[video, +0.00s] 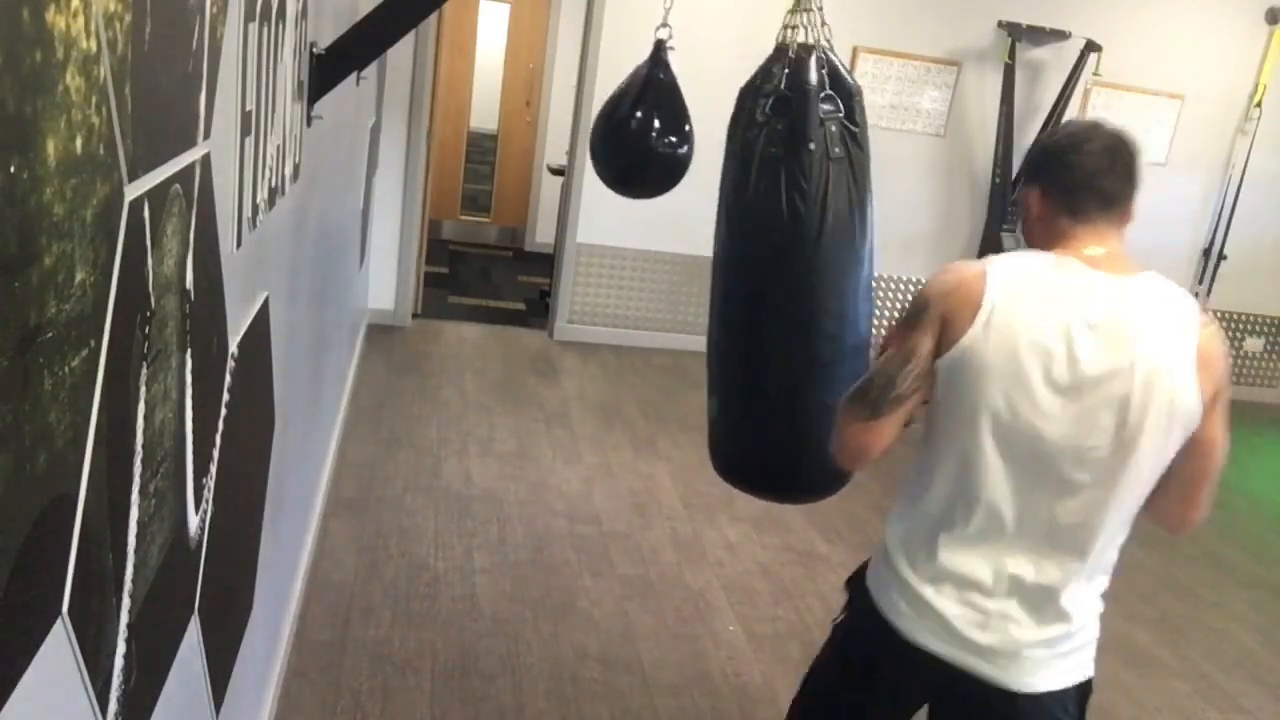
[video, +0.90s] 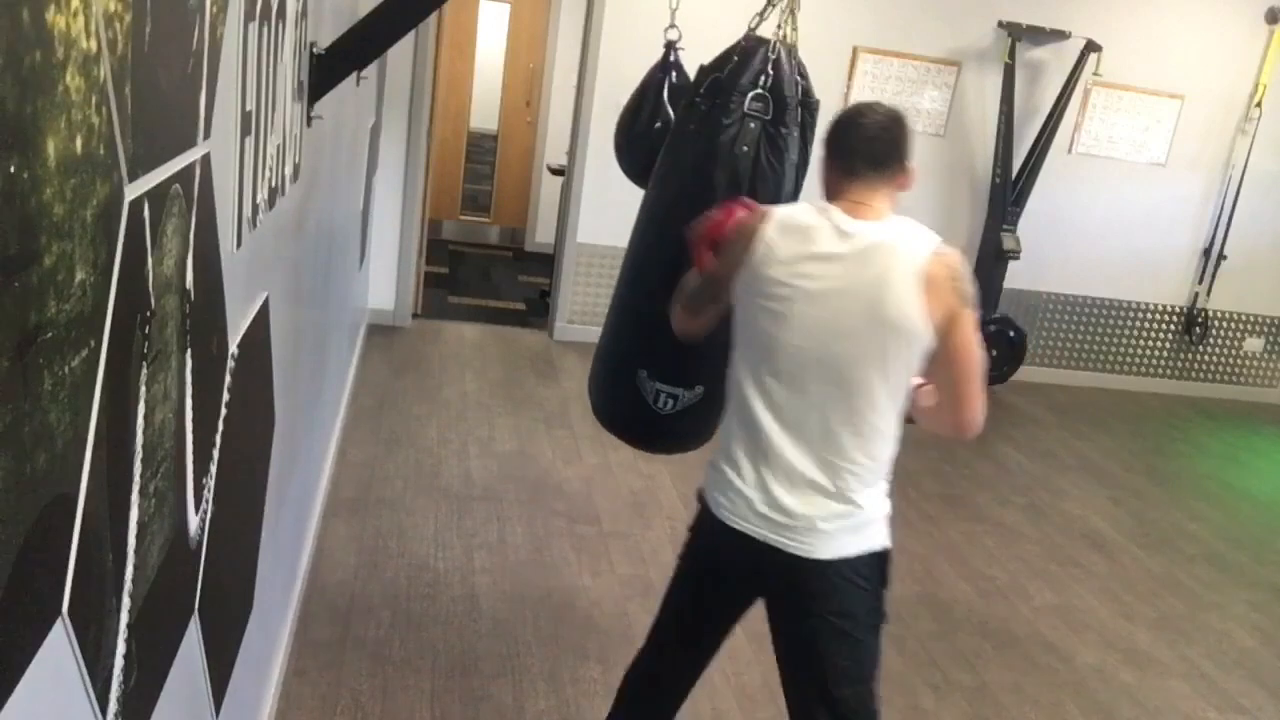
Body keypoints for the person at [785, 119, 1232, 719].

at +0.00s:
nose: (1021, 217)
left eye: (1021, 202)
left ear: (1033, 203)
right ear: (1129, 212)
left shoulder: (966, 289)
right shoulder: (1197, 339)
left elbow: (854, 445)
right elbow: (1182, 510)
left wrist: (900, 375)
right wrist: (1108, 442)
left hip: (902, 630)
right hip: (1042, 673)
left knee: (825, 711)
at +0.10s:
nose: (978, 237)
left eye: (979, 221)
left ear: (994, 227)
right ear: (1085, 234)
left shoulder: (936, 317)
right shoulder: (1156, 357)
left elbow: (832, 471)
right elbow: (1138, 510)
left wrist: (867, 373)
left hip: (883, 661)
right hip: (1025, 688)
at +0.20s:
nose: (928, 238)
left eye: (930, 224)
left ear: (944, 230)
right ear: (1031, 229)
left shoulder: (893, 318)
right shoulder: (1105, 353)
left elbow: (816, 476)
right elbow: (1084, 506)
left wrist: (834, 370)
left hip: (851, 655)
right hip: (989, 683)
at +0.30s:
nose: (886, 229)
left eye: (887, 215)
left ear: (896, 219)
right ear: (985, 220)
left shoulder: (850, 302)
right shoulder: (1055, 330)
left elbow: (784, 449)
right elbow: (1045, 483)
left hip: (822, 612)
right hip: (949, 640)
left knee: (765, 712)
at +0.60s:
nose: (874, 187)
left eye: (875, 175)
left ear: (878, 180)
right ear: (964, 187)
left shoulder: (821, 250)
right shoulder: (1015, 288)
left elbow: (752, 380)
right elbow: (991, 416)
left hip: (793, 552)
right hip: (908, 579)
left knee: (736, 702)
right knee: (884, 711)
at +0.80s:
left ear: (855, 182)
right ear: (938, 188)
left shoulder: (792, 251)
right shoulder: (979, 289)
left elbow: (718, 374)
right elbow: (981, 428)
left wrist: (794, 347)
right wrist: (911, 385)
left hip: (757, 538)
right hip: (867, 573)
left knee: (682, 683)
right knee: (857, 712)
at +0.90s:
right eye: (905, 168)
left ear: (825, 166)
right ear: (905, 177)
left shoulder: (762, 232)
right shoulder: (936, 267)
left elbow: (687, 321)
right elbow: (963, 418)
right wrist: (910, 391)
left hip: (730, 525)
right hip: (836, 553)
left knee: (651, 688)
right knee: (839, 711)